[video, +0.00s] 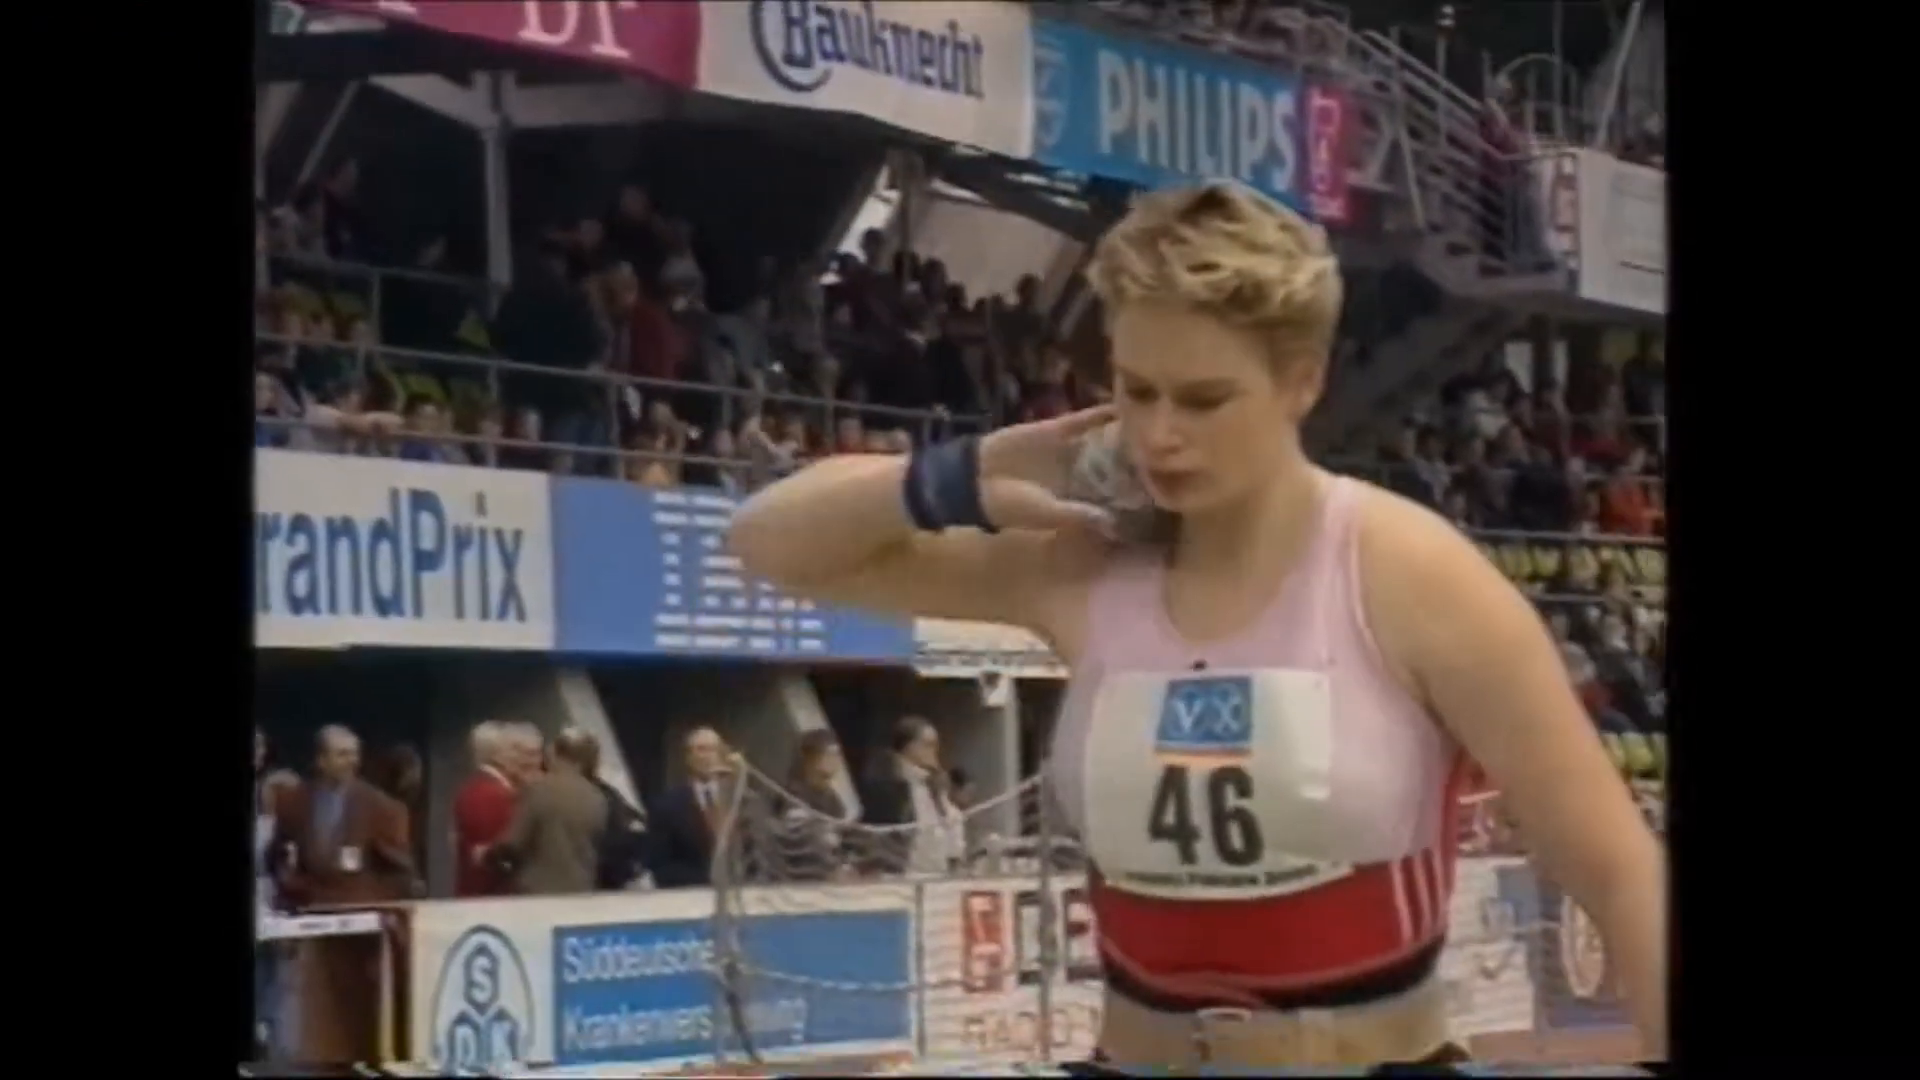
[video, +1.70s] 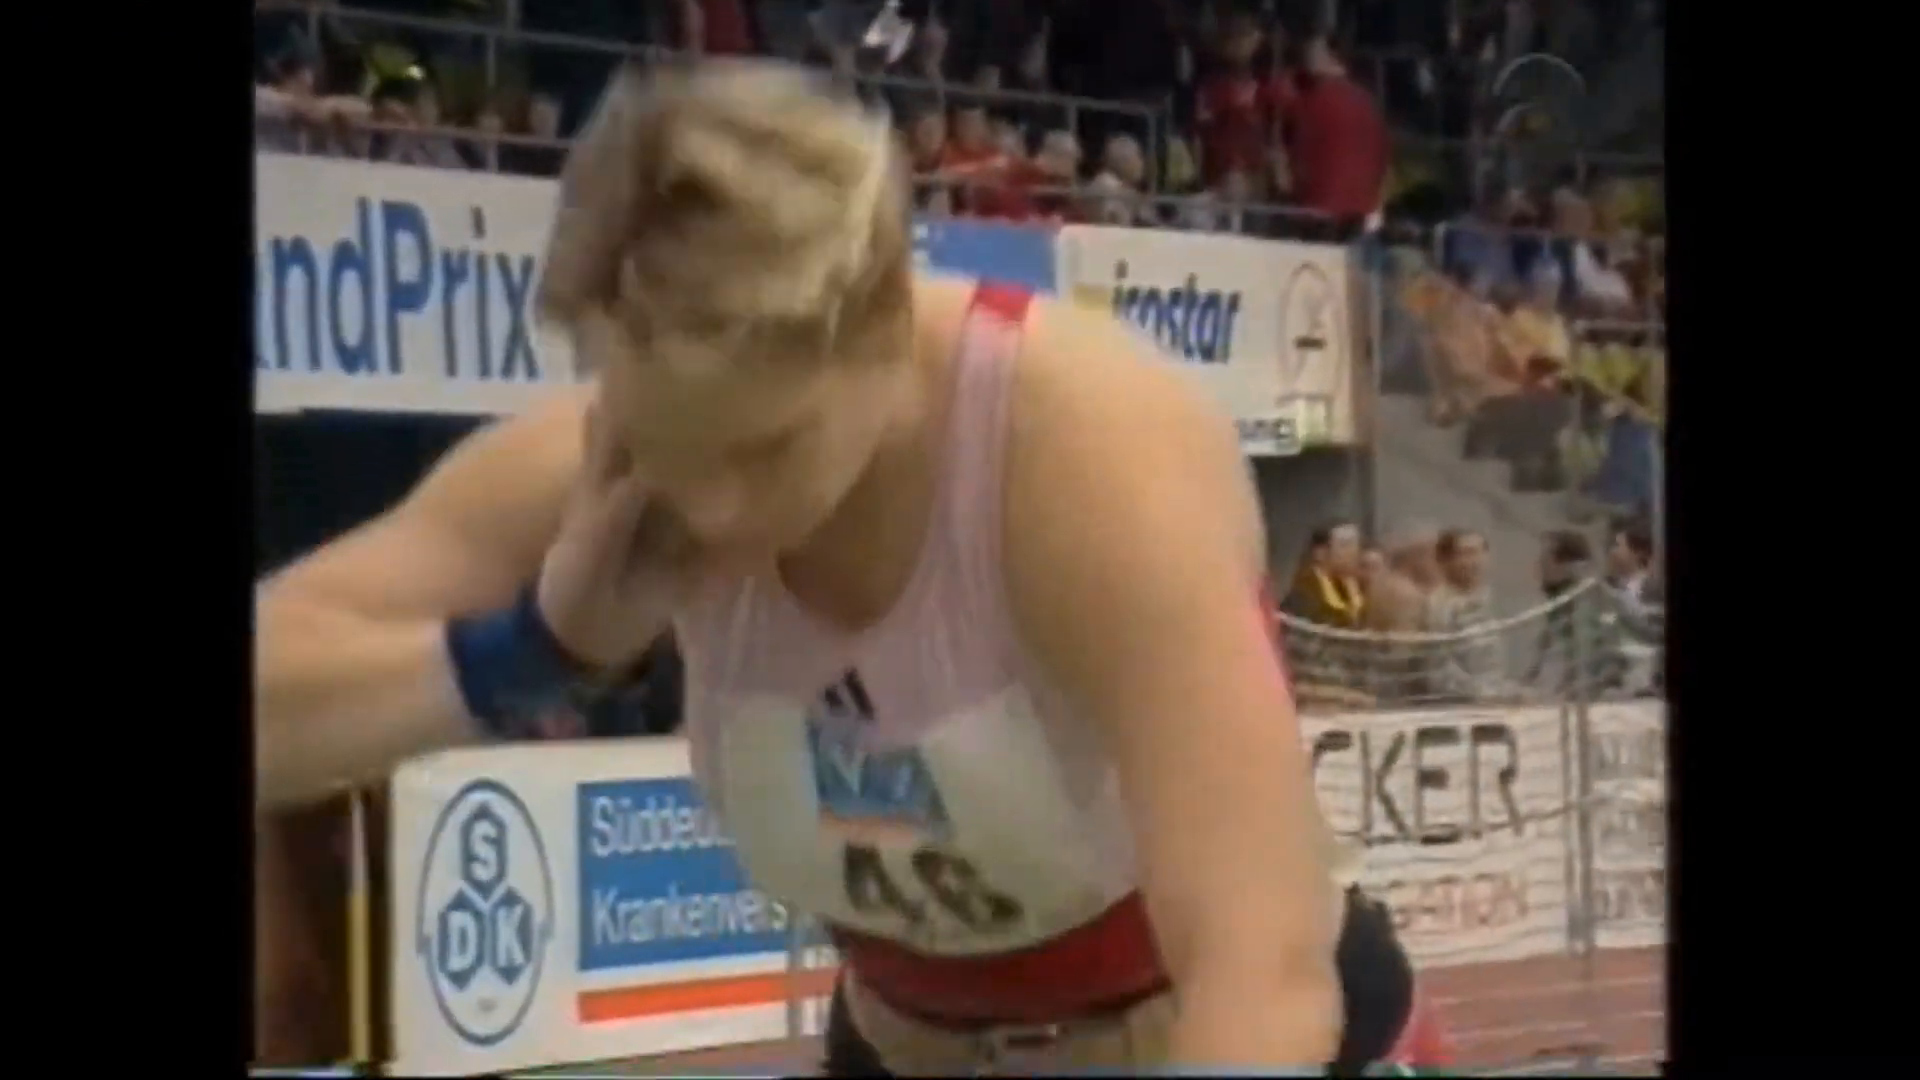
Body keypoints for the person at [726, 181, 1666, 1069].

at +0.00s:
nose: (1159, 438)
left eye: (1204, 399)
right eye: (1136, 393)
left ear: (1301, 381)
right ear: (1108, 379)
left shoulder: (1408, 570)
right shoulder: (1074, 572)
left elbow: (1621, 875)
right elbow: (770, 543)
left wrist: (1657, 1053)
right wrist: (982, 473)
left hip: (1371, 1055)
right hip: (1144, 1056)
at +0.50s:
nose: (1034, 448)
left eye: (1077, 409)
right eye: (1008, 400)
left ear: (1182, 371)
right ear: (986, 368)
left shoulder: (1287, 537)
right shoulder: (962, 545)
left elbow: (1463, 847)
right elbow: (606, 583)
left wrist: (1474, 1064)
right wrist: (861, 546)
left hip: (1276, 1059)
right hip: (1034, 1057)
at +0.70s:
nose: (904, 472)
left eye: (948, 424)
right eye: (867, 423)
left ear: (1047, 375)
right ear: (832, 397)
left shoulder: (1162, 521)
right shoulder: (817, 555)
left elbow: (1330, 875)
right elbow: (437, 669)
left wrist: (1286, 1069)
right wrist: (719, 580)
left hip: (1192, 1048)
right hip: (943, 1053)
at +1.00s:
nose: (717, 554)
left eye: (765, 508)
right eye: (677, 502)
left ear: (874, 426)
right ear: (641, 448)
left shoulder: (1024, 544)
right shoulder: (633, 548)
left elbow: (1241, 947)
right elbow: (273, 747)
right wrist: (556, 687)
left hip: (1104, 1042)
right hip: (855, 1049)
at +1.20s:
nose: (659, 707)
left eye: (705, 664)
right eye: (617, 665)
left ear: (818, 560)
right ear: (574, 594)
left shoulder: (996, 635)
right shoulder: (543, 647)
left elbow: (1251, 1041)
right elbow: (256, 867)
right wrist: (505, 814)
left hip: (1089, 1038)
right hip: (840, 1048)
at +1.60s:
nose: (696, 686)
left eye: (737, 631)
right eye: (645, 639)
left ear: (849, 514)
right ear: (592, 557)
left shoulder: (1071, 577)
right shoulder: (575, 563)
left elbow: (1254, 1049)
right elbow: (261, 834)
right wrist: (524, 790)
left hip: (1172, 1032)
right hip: (912, 1042)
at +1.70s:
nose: (712, 510)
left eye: (762, 456)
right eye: (664, 457)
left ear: (884, 348)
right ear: (608, 382)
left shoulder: (1099, 441)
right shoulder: (585, 458)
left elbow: (1265, 976)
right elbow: (255, 706)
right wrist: (530, 664)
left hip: (1189, 1021)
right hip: (906, 1037)